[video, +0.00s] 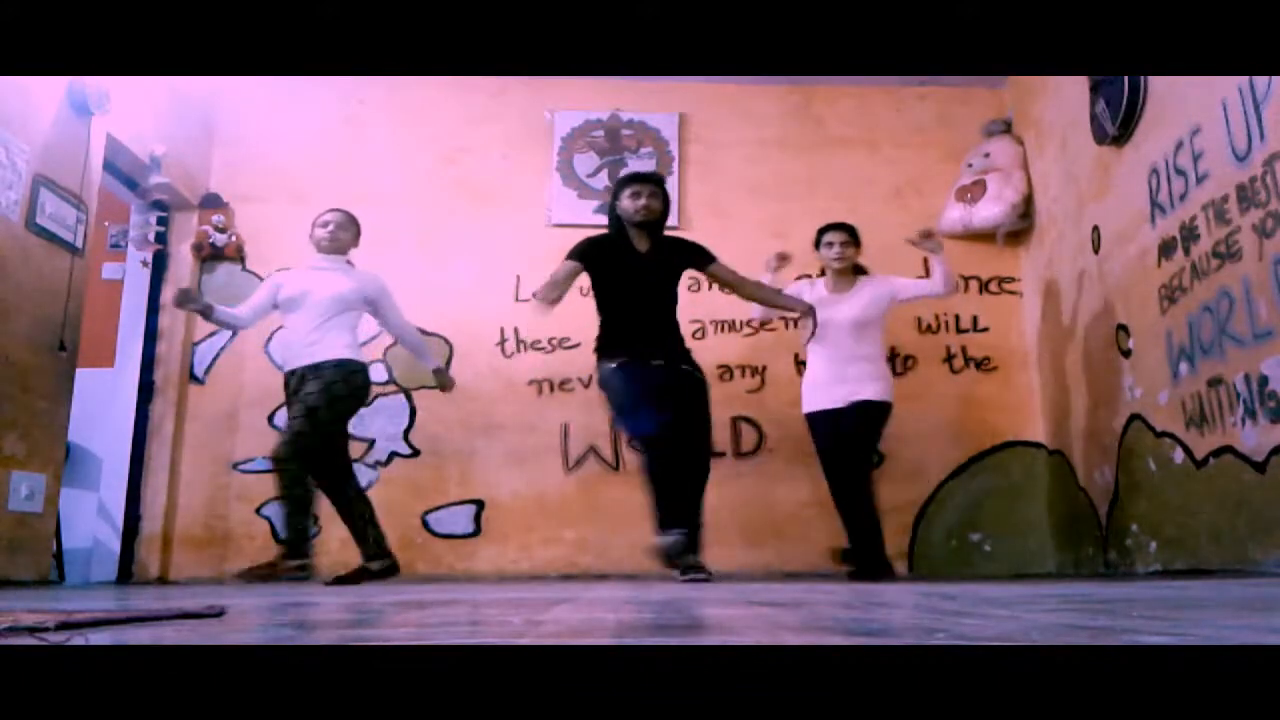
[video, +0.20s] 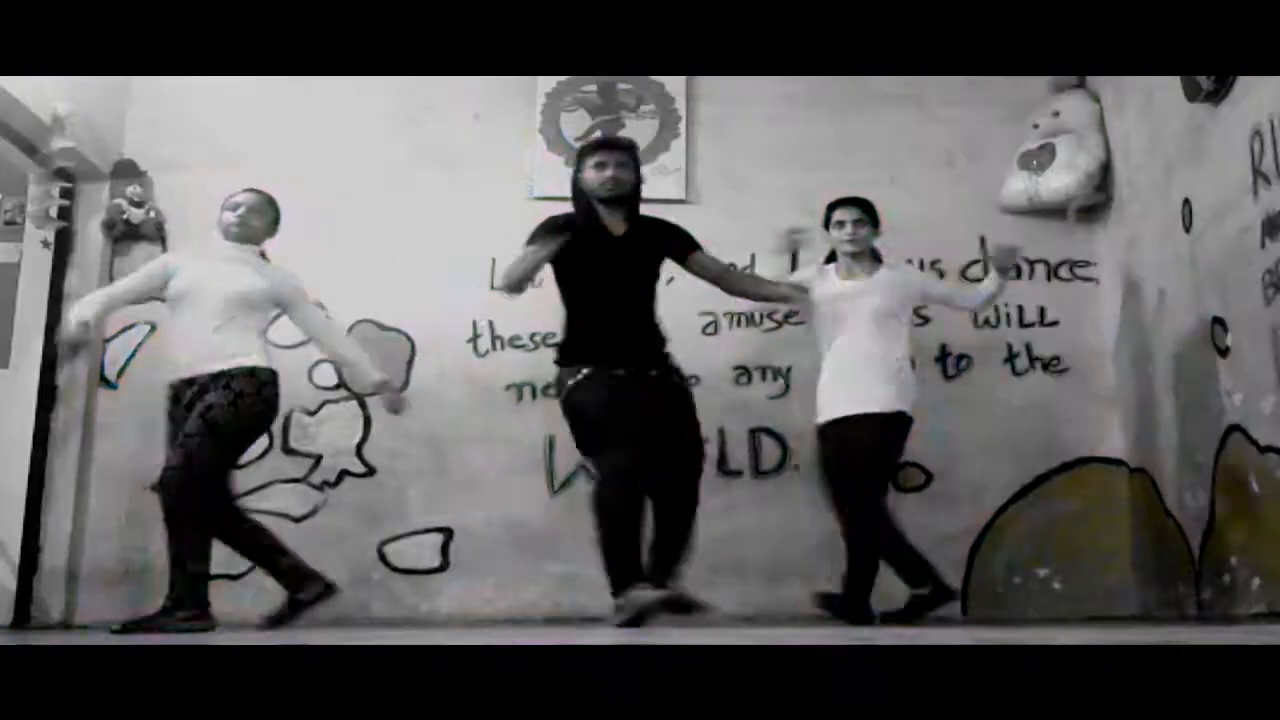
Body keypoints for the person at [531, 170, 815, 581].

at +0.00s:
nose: (644, 202)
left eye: (652, 196)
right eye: (633, 196)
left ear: (663, 207)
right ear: (616, 206)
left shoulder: (679, 249)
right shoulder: (596, 248)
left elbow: (739, 284)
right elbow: (560, 280)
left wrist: (798, 305)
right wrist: (547, 295)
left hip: (673, 361)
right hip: (624, 364)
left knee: (693, 448)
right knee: (658, 435)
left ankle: (687, 553)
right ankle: (671, 531)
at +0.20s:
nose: (611, 173)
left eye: (621, 166)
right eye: (599, 167)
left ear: (636, 177)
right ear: (579, 180)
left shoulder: (657, 232)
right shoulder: (561, 230)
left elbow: (726, 277)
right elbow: (508, 282)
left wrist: (791, 293)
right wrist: (540, 252)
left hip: (652, 371)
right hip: (590, 374)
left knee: (682, 462)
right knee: (620, 465)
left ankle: (662, 580)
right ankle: (626, 588)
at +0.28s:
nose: (602, 173)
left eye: (613, 166)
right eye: (590, 166)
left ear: (628, 177)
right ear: (570, 178)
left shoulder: (650, 231)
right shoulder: (550, 232)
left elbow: (714, 273)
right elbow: (505, 278)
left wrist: (740, 269)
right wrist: (485, 303)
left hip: (631, 370)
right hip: (575, 378)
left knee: (680, 465)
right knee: (642, 472)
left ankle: (588, 570)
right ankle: (642, 593)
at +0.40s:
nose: (574, 175)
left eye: (585, 168)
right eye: (563, 169)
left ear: (602, 181)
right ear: (546, 182)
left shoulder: (621, 235)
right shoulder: (528, 240)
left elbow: (683, 260)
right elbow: (485, 300)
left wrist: (663, 227)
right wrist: (443, 332)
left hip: (599, 376)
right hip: (555, 375)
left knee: (589, 489)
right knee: (636, 463)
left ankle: (504, 592)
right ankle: (638, 592)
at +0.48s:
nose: (551, 172)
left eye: (561, 165)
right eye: (540, 166)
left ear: (580, 175)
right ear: (524, 179)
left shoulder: (605, 228)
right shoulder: (505, 238)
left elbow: (666, 262)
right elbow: (469, 299)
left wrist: (690, 261)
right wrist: (446, 313)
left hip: (590, 370)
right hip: (529, 373)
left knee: (584, 483)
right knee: (571, 476)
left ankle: (514, 588)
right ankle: (602, 577)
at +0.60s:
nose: (530, 173)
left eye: (541, 166)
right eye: (519, 167)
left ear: (559, 177)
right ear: (502, 182)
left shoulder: (587, 231)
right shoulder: (485, 236)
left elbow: (660, 269)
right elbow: (436, 292)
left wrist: (714, 280)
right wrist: (434, 282)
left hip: (581, 374)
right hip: (515, 376)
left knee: (565, 488)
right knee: (489, 455)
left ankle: (545, 597)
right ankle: (523, 569)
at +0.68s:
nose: (516, 174)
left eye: (527, 166)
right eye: (505, 168)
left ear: (546, 178)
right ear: (490, 183)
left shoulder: (575, 231)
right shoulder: (473, 237)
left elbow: (652, 269)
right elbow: (415, 283)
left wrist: (712, 283)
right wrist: (389, 284)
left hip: (561, 373)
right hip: (498, 374)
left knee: (542, 480)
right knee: (485, 462)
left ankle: (533, 595)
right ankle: (478, 587)